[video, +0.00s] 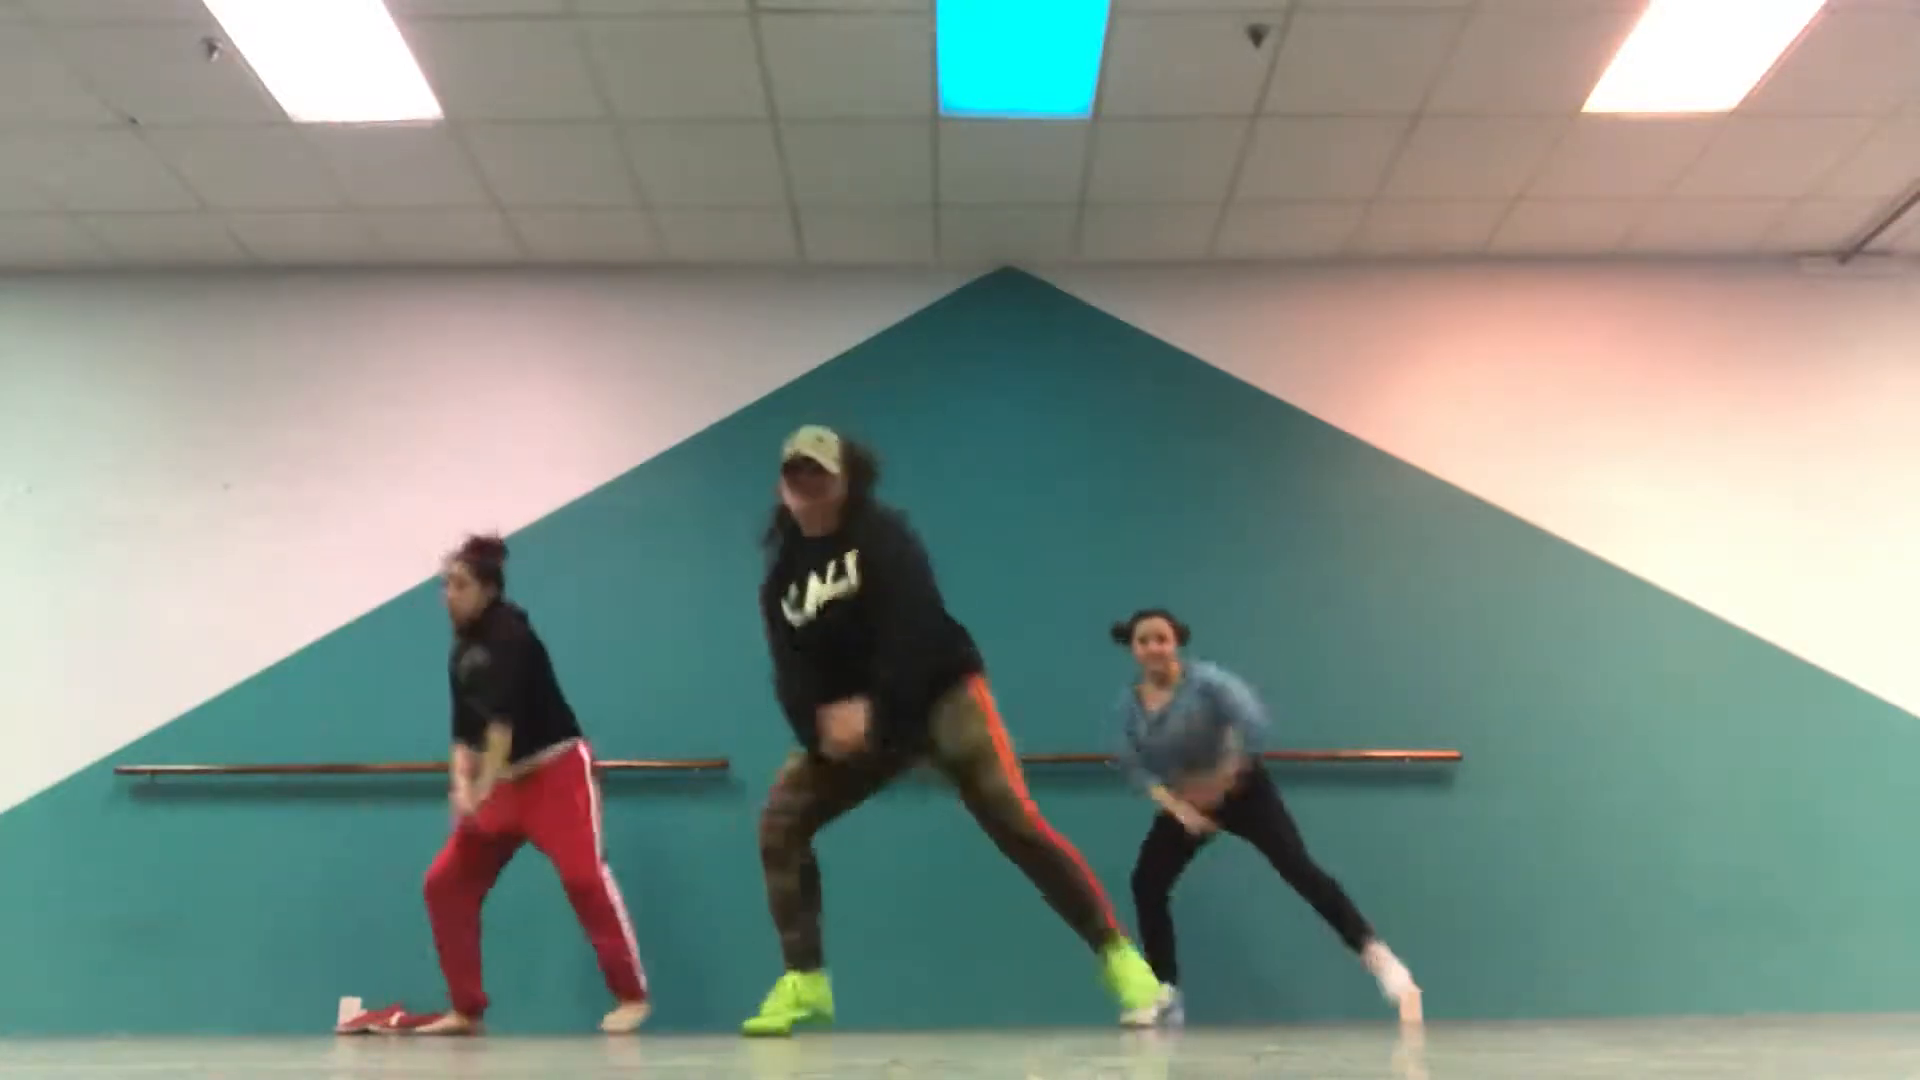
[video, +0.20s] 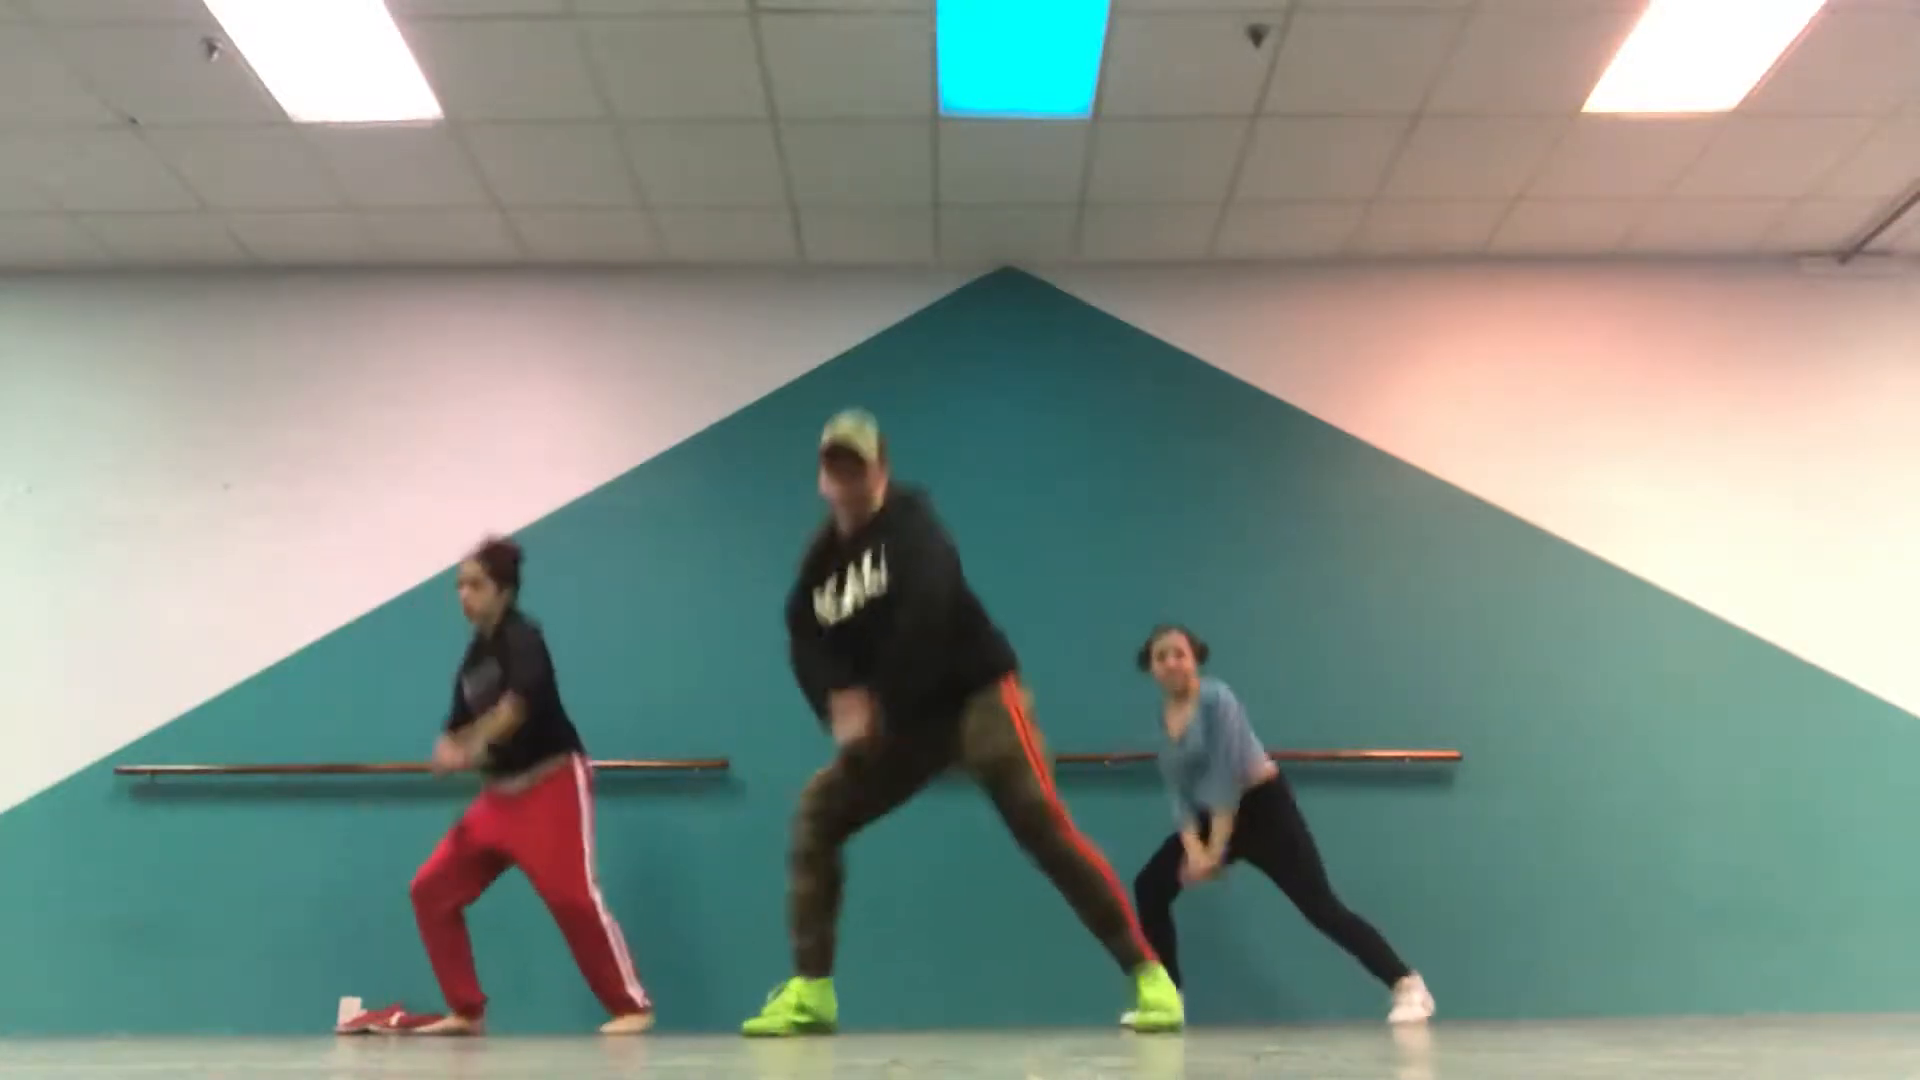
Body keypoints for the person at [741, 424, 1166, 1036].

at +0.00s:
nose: (803, 489)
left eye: (817, 476)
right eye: (792, 477)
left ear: (847, 483)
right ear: (781, 488)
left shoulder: (883, 535)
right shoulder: (781, 576)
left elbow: (913, 628)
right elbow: (789, 667)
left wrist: (878, 709)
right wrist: (817, 723)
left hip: (944, 696)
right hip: (864, 719)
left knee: (1013, 822)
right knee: (781, 824)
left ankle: (1118, 957)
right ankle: (805, 981)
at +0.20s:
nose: (843, 481)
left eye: (855, 468)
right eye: (833, 469)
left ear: (880, 471)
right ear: (821, 478)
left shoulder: (910, 520)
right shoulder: (822, 558)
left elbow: (925, 610)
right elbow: (805, 638)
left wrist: (877, 693)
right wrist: (837, 698)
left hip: (979, 695)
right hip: (904, 716)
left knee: (1038, 821)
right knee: (819, 814)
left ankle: (1147, 975)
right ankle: (811, 988)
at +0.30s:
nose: (856, 449)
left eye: (869, 435)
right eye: (846, 436)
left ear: (894, 442)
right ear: (833, 447)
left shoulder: (922, 482)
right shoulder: (827, 508)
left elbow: (946, 523)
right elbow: (763, 559)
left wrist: (861, 564)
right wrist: (809, 561)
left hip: (985, 649)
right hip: (917, 673)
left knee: (1002, 778)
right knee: (868, 800)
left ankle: (1122, 909)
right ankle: (891, 962)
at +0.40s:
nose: (879, 450)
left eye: (890, 438)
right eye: (869, 440)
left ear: (914, 441)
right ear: (853, 450)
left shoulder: (936, 489)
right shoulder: (835, 518)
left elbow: (938, 466)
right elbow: (758, 498)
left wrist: (862, 488)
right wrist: (812, 499)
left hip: (986, 655)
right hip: (917, 689)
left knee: (944, 731)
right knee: (925, 839)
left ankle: (1054, 779)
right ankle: (993, 972)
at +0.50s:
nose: (893, 451)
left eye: (904, 441)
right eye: (882, 440)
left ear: (924, 450)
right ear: (865, 451)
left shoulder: (952, 492)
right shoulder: (844, 505)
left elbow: (948, 520)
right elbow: (765, 522)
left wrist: (868, 544)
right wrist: (817, 548)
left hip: (986, 668)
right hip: (912, 693)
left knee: (898, 723)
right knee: (945, 858)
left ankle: (1008, 785)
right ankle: (1009, 982)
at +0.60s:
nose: (894, 438)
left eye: (907, 429)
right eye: (884, 428)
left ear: (928, 442)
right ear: (867, 438)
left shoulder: (956, 499)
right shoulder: (840, 509)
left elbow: (957, 581)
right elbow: (783, 582)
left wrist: (877, 626)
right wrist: (814, 639)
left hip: (973, 668)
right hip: (904, 685)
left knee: (903, 746)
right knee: (947, 842)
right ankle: (1007, 974)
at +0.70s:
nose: (888, 443)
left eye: (901, 434)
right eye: (879, 432)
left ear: (923, 448)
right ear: (861, 442)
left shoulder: (947, 513)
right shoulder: (831, 521)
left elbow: (951, 617)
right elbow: (819, 617)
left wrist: (900, 701)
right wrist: (830, 703)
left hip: (947, 688)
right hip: (878, 695)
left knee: (896, 816)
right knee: (953, 844)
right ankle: (1012, 982)